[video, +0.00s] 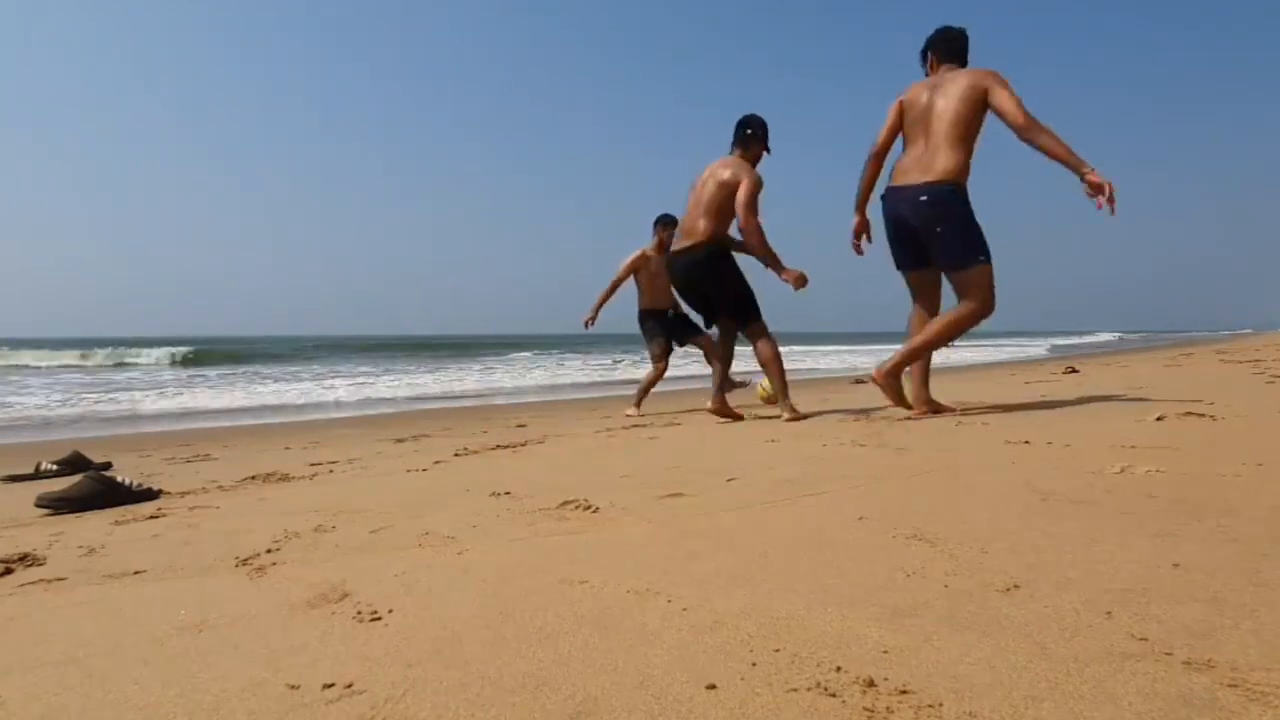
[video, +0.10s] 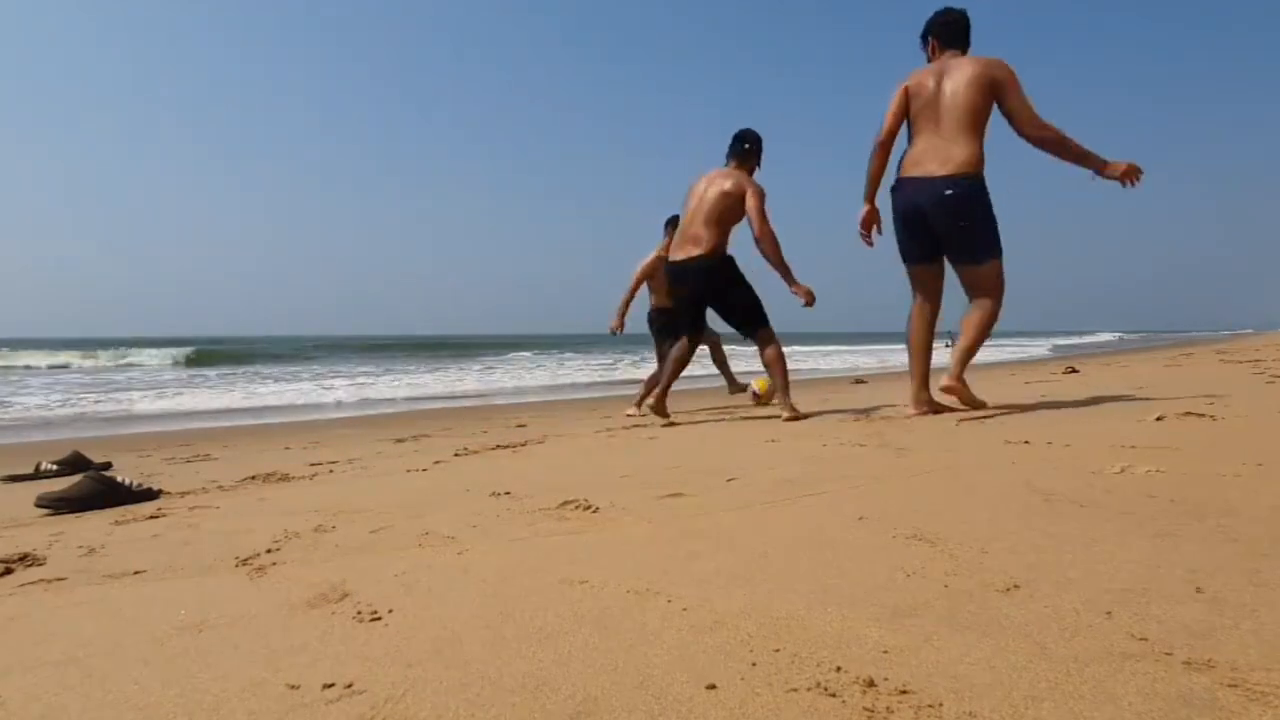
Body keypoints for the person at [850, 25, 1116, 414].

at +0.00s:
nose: (926, 68)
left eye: (924, 63)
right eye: (926, 64)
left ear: (931, 61)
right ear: (966, 59)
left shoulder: (909, 94)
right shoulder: (982, 79)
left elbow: (877, 153)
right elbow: (1024, 126)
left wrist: (860, 210)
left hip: (896, 204)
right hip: (942, 200)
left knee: (923, 300)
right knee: (978, 301)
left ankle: (920, 397)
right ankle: (890, 371)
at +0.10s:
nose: (923, 52)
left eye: (923, 47)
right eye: (924, 47)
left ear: (932, 45)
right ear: (967, 43)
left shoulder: (912, 82)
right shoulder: (991, 70)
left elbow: (883, 141)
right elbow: (1035, 131)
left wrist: (869, 200)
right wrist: (1103, 166)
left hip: (909, 197)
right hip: (961, 194)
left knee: (924, 295)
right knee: (985, 294)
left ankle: (918, 398)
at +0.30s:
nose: (941, 36)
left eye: (941, 28)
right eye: (942, 29)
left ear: (948, 26)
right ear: (983, 26)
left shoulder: (933, 62)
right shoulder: (1012, 62)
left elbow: (918, 124)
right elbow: (1046, 127)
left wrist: (895, 187)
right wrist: (1039, 159)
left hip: (939, 188)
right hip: (1000, 186)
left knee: (926, 297)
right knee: (1006, 299)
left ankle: (917, 396)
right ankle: (1021, 398)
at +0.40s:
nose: (942, 23)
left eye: (942, 16)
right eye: (944, 17)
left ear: (949, 15)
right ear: (984, 17)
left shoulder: (942, 48)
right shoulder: (1015, 54)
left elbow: (941, 108)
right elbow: (1036, 131)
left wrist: (910, 176)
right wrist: (1002, 164)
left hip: (950, 180)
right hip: (1009, 181)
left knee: (925, 293)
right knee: (1010, 294)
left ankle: (914, 397)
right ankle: (1021, 399)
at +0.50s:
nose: (935, 13)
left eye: (934, 9)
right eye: (935, 9)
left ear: (943, 6)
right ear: (979, 7)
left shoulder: (943, 35)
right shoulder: (1010, 42)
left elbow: (950, 96)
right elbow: (1024, 115)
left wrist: (926, 166)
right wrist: (1011, 162)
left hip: (958, 165)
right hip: (1014, 165)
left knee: (917, 279)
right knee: (1004, 285)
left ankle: (915, 397)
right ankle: (1021, 398)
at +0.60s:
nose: (924, 12)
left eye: (923, 8)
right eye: (924, 9)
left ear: (932, 5)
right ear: (968, 6)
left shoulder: (937, 32)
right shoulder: (1002, 41)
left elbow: (946, 95)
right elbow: (1019, 115)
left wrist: (936, 160)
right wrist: (998, 155)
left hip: (959, 159)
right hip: (1013, 162)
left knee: (911, 278)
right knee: (1003, 284)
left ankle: (905, 398)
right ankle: (1021, 398)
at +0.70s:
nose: (906, 18)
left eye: (906, 12)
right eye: (908, 12)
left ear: (914, 11)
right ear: (951, 10)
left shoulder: (919, 41)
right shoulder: (988, 47)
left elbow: (937, 93)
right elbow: (1015, 120)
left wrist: (934, 157)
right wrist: (998, 161)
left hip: (951, 165)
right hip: (1007, 168)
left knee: (910, 286)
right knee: (996, 286)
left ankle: (894, 409)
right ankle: (1020, 399)